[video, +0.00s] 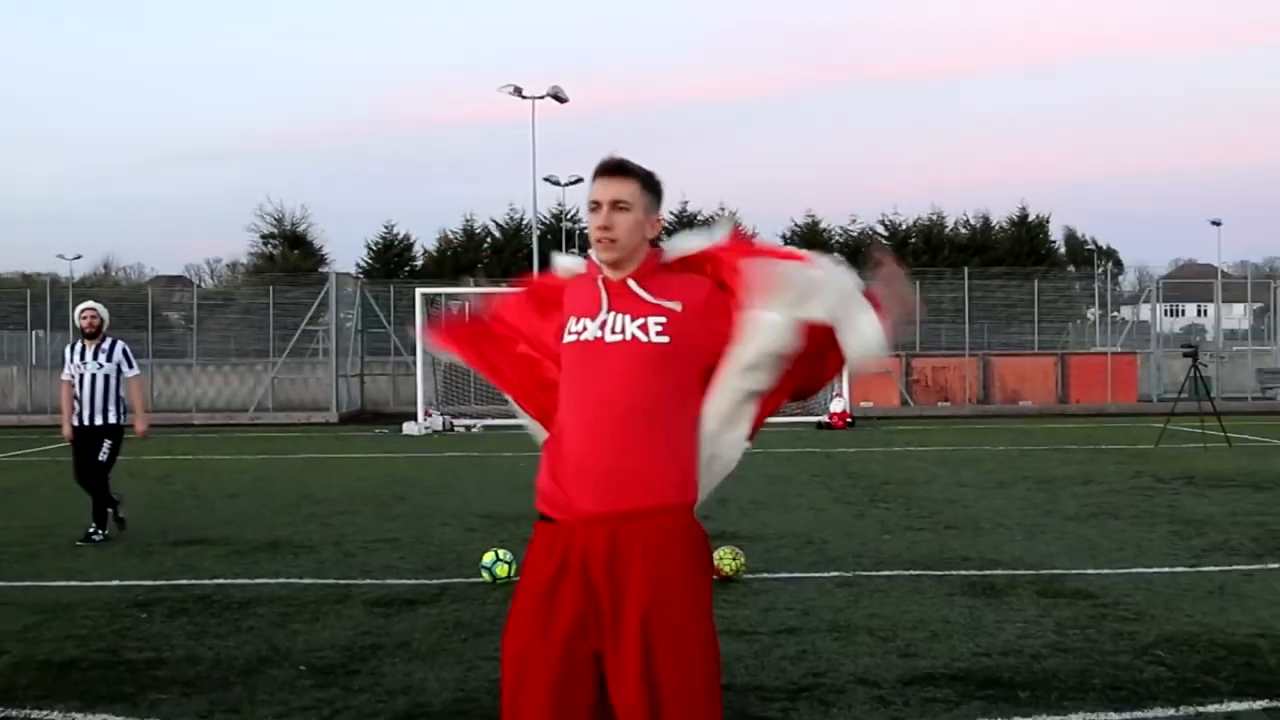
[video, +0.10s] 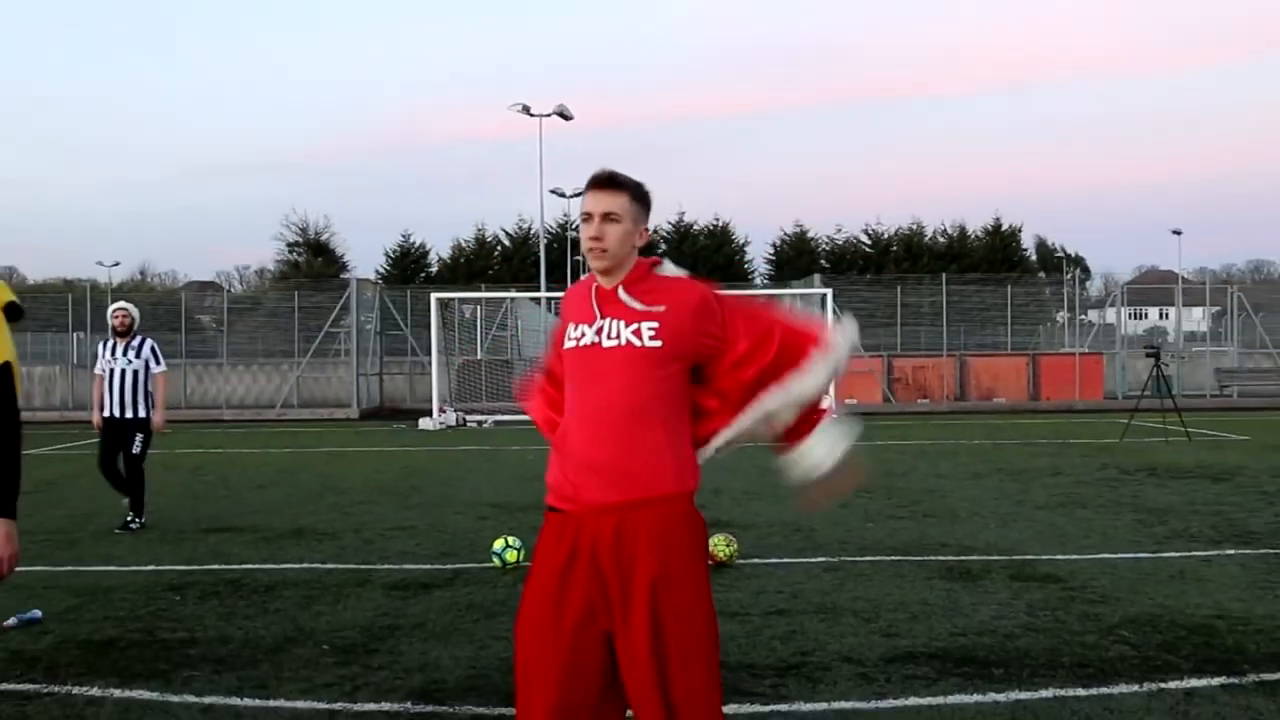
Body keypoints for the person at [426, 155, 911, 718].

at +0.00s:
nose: (603, 221)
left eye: (621, 208)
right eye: (595, 207)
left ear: (655, 222)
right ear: (585, 217)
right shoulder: (561, 297)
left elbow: (789, 366)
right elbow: (468, 323)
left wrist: (863, 310)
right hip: (561, 537)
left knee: (671, 699)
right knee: (536, 699)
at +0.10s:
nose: (594, 232)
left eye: (610, 219)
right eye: (587, 220)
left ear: (641, 231)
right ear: (579, 229)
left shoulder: (687, 301)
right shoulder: (576, 300)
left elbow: (769, 367)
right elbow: (551, 381)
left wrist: (805, 436)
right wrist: (567, 429)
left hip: (657, 518)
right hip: (572, 517)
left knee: (670, 679)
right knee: (549, 677)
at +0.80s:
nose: (611, 246)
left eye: (624, 235)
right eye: (603, 236)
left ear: (650, 247)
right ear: (595, 245)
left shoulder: (690, 314)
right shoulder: (568, 317)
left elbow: (703, 415)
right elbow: (572, 412)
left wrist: (714, 498)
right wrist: (581, 481)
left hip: (666, 504)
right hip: (587, 504)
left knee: (680, 653)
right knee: (554, 652)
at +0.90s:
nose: (610, 246)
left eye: (624, 236)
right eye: (602, 236)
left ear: (650, 248)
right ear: (594, 246)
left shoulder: (689, 315)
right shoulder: (565, 318)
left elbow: (698, 414)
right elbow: (574, 415)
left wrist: (687, 486)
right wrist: (602, 473)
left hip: (666, 503)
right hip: (587, 505)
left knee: (683, 653)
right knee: (555, 653)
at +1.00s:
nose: (609, 247)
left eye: (622, 237)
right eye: (601, 237)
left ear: (649, 250)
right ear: (592, 246)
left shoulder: (688, 314)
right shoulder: (564, 319)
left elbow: (690, 407)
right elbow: (572, 409)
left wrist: (659, 465)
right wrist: (601, 466)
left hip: (667, 503)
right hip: (587, 506)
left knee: (683, 657)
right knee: (553, 657)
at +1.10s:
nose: (608, 248)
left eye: (621, 237)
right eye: (600, 238)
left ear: (647, 248)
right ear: (592, 247)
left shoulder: (688, 314)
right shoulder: (561, 319)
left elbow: (690, 410)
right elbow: (567, 410)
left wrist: (656, 467)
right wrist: (595, 468)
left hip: (668, 506)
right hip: (585, 509)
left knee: (683, 660)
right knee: (555, 661)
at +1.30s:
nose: (603, 247)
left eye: (616, 237)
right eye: (595, 237)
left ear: (642, 249)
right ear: (587, 247)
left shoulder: (684, 313)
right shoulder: (557, 318)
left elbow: (698, 399)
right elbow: (558, 405)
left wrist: (670, 463)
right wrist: (585, 464)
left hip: (664, 503)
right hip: (583, 507)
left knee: (679, 650)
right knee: (557, 652)